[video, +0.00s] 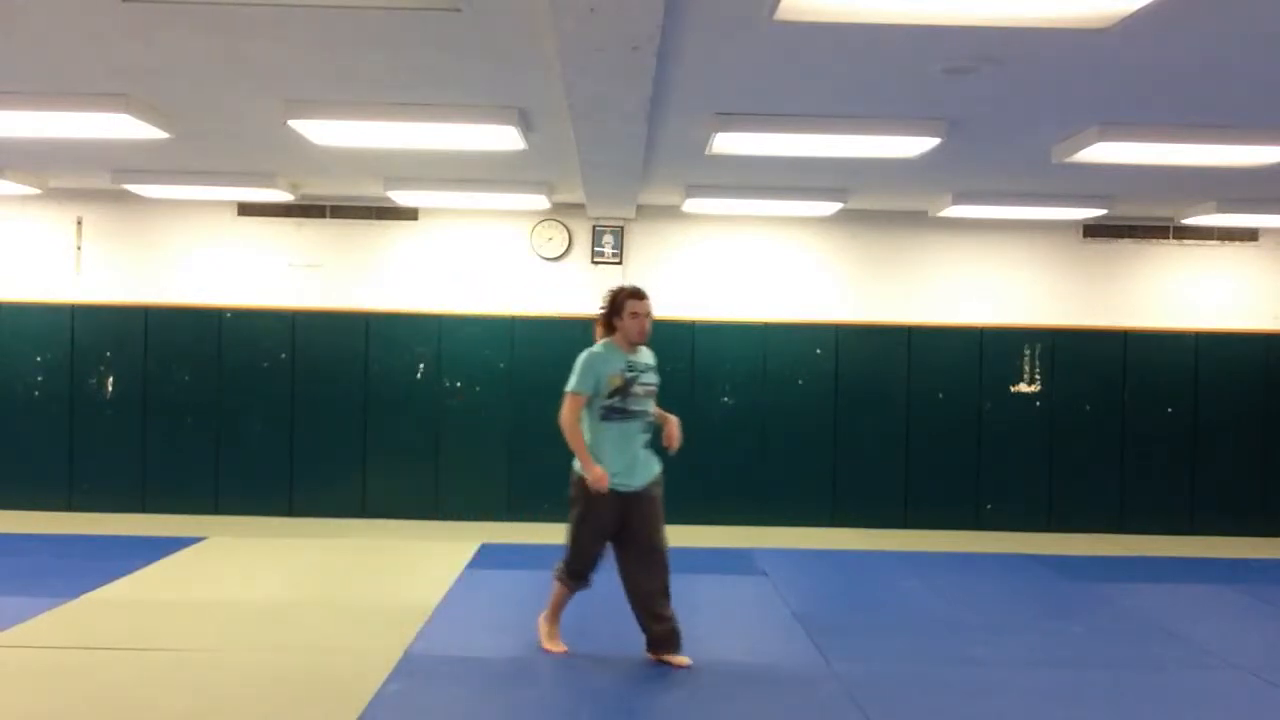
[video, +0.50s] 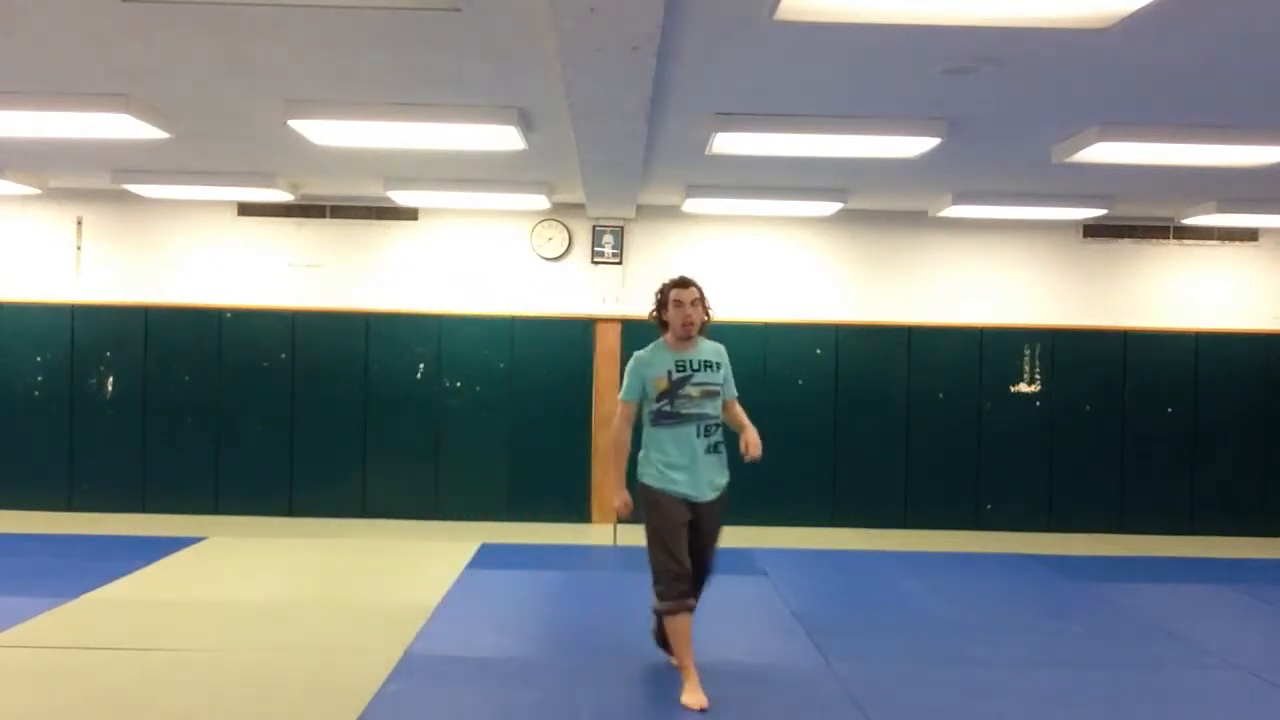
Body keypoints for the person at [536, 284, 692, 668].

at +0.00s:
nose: (644, 323)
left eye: (647, 316)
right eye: (635, 316)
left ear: (650, 320)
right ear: (615, 320)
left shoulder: (647, 358)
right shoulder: (595, 358)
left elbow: (638, 404)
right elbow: (568, 416)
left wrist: (667, 418)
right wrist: (589, 465)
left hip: (642, 480)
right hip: (600, 479)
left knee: (650, 563)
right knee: (580, 561)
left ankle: (662, 643)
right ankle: (549, 620)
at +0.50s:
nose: (687, 312)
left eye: (694, 304)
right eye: (678, 305)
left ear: (704, 311)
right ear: (664, 313)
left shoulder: (718, 354)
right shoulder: (644, 361)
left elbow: (729, 404)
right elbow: (623, 424)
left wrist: (747, 427)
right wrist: (618, 484)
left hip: (710, 481)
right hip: (662, 482)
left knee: (699, 569)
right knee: (676, 574)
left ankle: (669, 625)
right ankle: (690, 674)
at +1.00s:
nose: (717, 310)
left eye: (725, 301)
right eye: (707, 303)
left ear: (738, 307)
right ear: (695, 310)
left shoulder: (760, 356)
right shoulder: (675, 363)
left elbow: (773, 420)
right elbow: (652, 425)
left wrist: (783, 480)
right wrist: (653, 478)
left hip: (752, 503)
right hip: (693, 504)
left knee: (752, 613)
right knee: (688, 602)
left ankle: (756, 710)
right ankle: (690, 678)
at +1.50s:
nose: (737, 305)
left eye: (745, 294)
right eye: (727, 297)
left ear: (762, 301)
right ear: (715, 306)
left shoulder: (795, 355)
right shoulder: (701, 364)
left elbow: (826, 420)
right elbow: (688, 435)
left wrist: (814, 446)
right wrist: (682, 491)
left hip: (776, 523)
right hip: (711, 521)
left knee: (768, 647)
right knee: (711, 637)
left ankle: (756, 716)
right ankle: (706, 718)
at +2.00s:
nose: (713, 292)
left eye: (723, 281)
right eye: (702, 284)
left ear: (741, 290)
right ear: (690, 296)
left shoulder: (779, 341)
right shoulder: (680, 357)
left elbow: (811, 414)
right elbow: (672, 435)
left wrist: (774, 431)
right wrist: (674, 502)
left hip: (775, 523)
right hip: (703, 527)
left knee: (789, 648)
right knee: (709, 655)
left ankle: (794, 718)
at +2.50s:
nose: (746, 291)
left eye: (756, 281)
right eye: (736, 282)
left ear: (777, 291)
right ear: (724, 294)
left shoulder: (806, 343)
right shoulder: (718, 358)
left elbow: (818, 415)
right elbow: (716, 435)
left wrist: (761, 358)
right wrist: (711, 503)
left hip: (800, 526)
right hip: (736, 527)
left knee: (787, 674)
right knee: (750, 672)